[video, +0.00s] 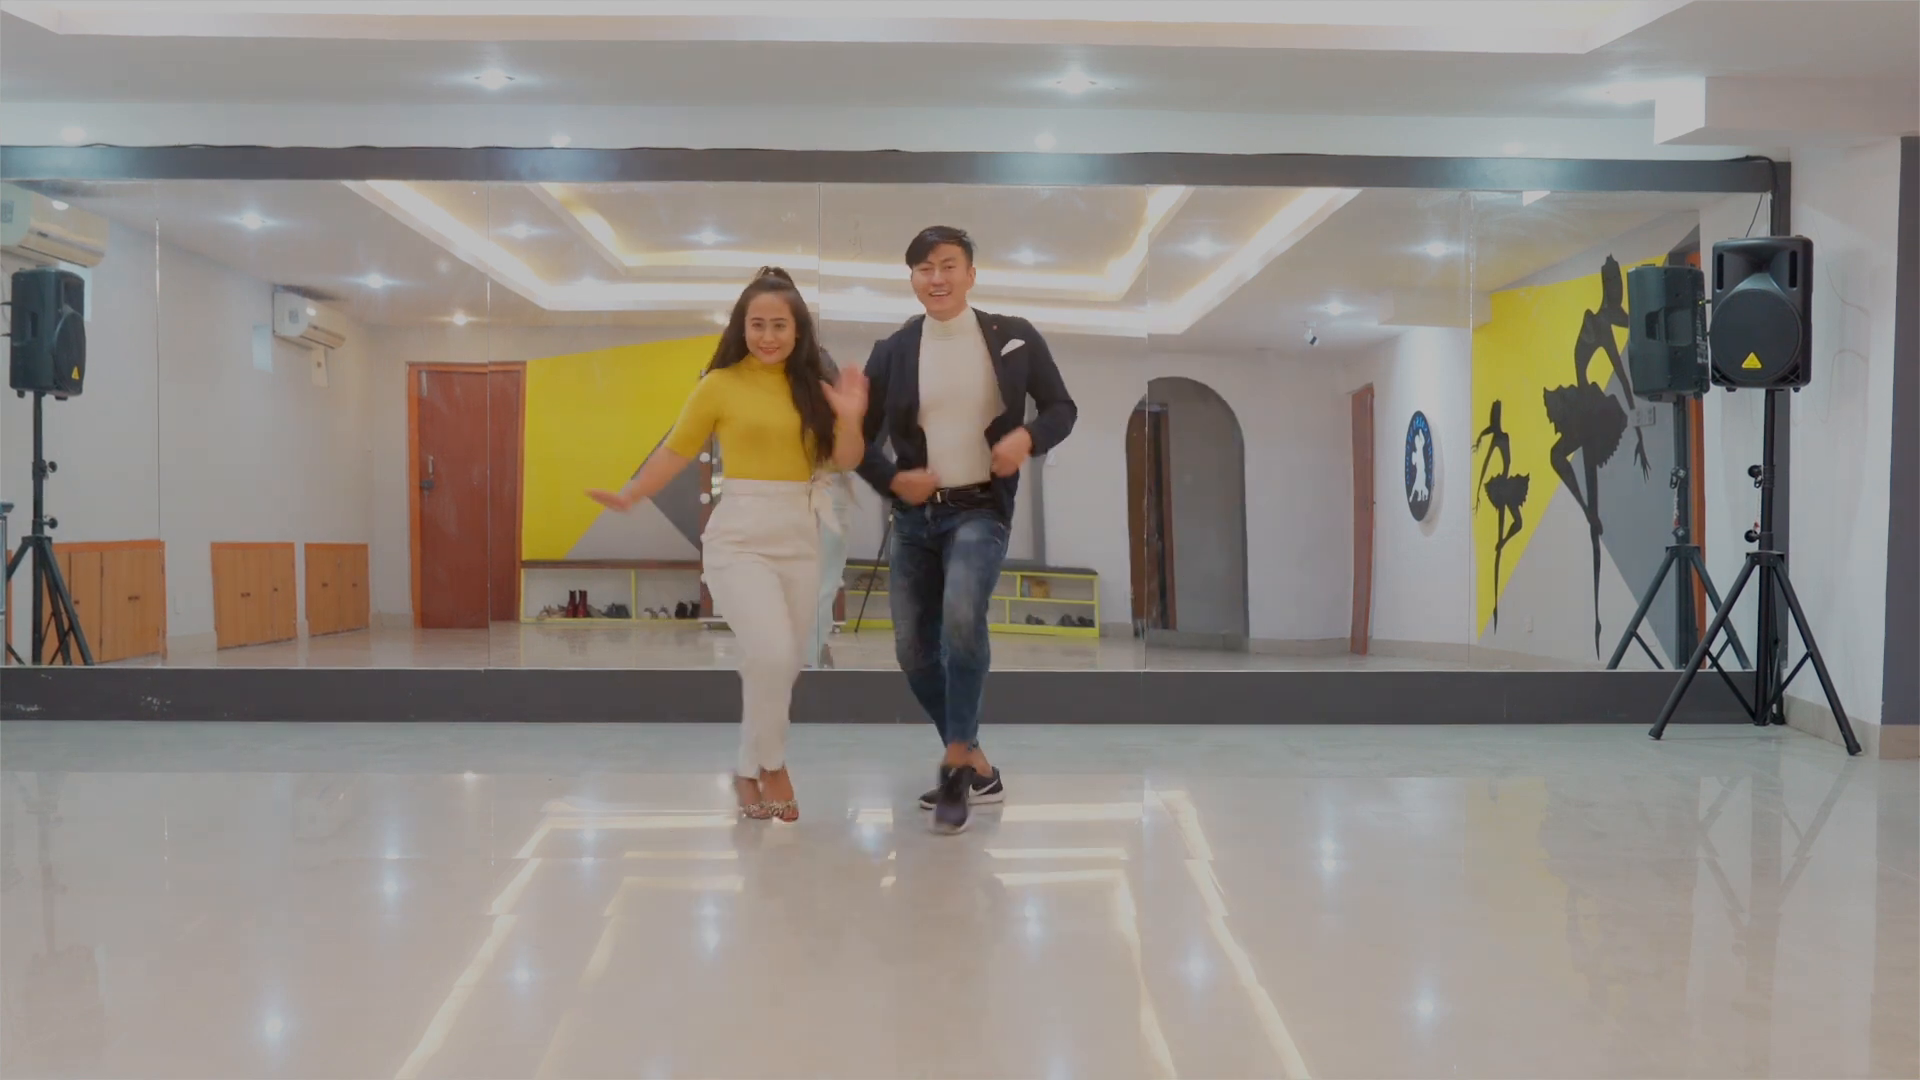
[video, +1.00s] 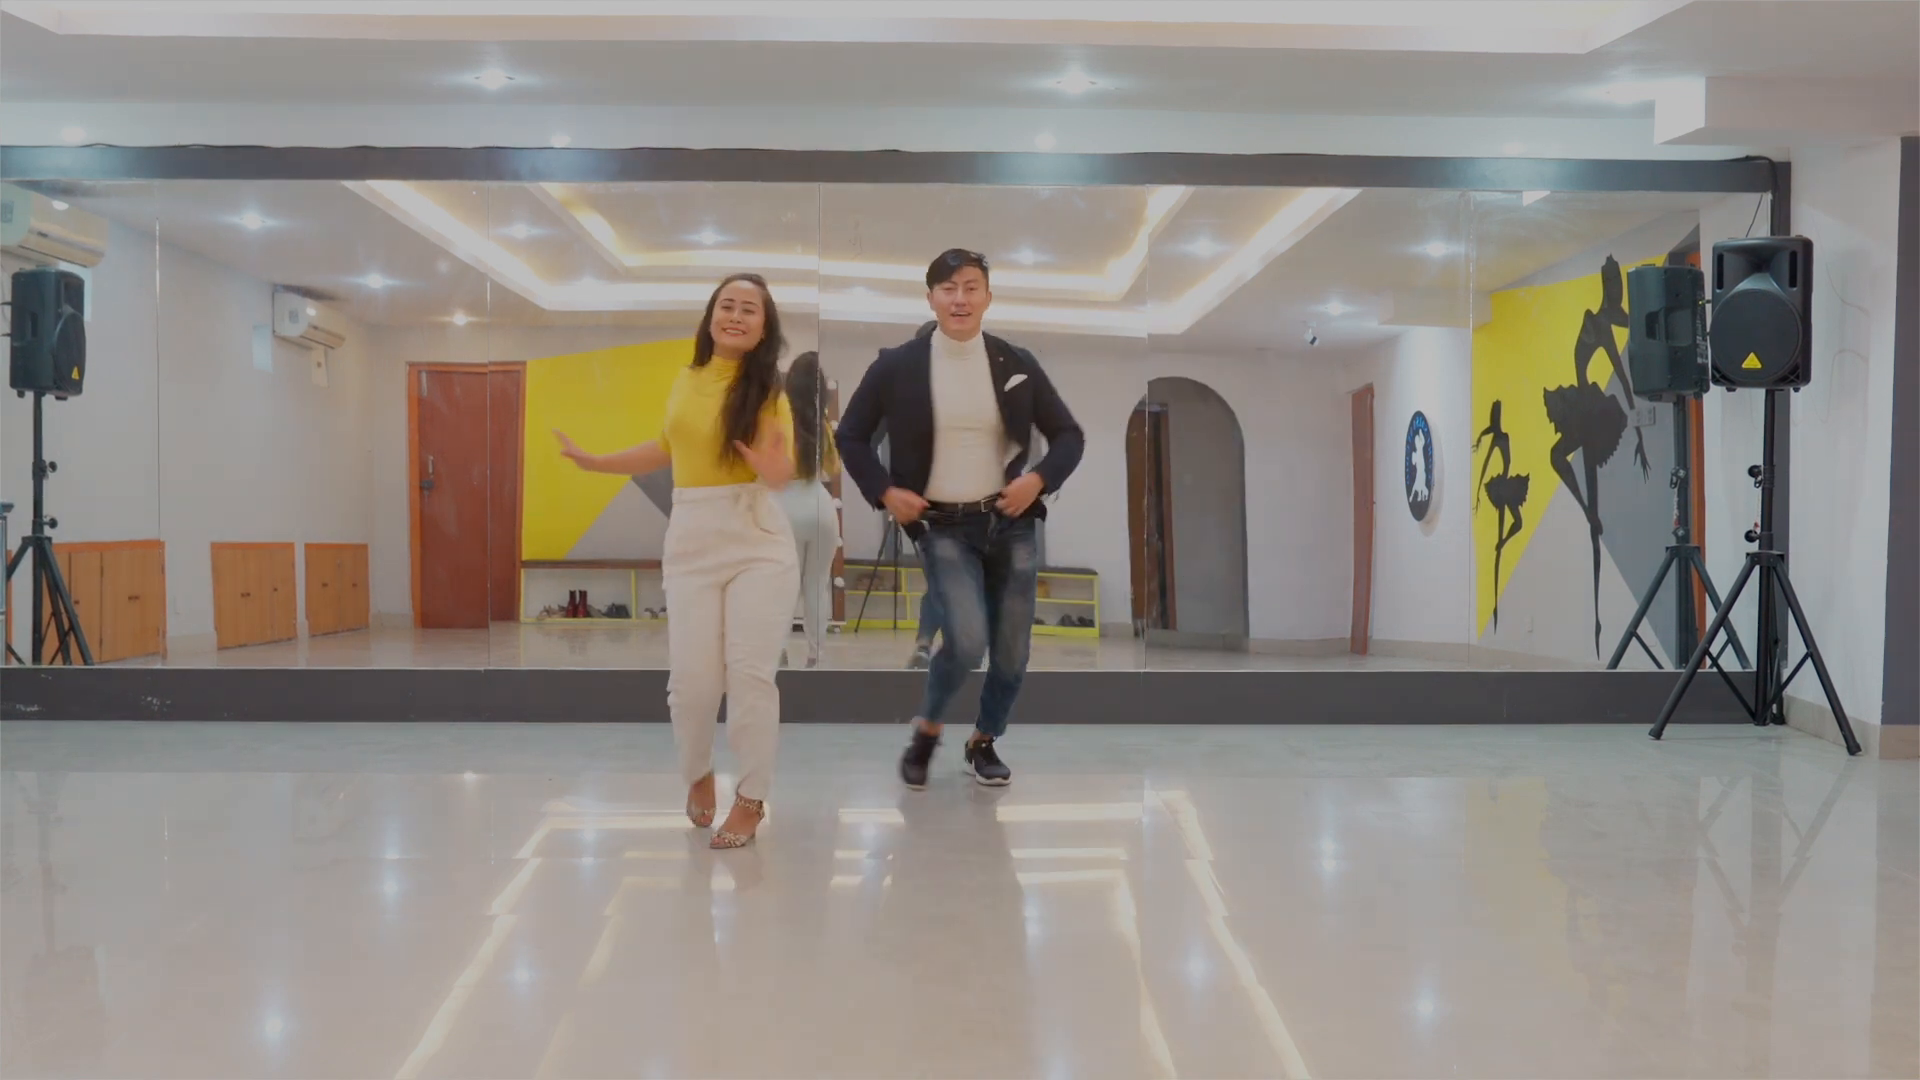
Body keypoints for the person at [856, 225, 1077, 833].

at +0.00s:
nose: (938, 277)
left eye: (949, 266)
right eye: (927, 268)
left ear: (971, 273)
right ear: (912, 278)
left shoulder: (1013, 336)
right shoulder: (890, 352)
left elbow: (1061, 409)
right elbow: (859, 438)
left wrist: (1028, 438)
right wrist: (892, 478)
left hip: (978, 509)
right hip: (912, 514)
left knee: (962, 622)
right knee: (914, 649)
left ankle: (956, 769)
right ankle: (974, 763)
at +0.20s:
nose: (940, 283)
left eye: (952, 272)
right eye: (929, 273)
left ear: (973, 280)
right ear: (913, 283)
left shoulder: (1003, 349)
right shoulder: (879, 353)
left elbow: (1056, 416)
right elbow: (831, 430)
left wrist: (991, 439)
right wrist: (854, 480)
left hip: (994, 518)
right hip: (918, 522)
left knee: (983, 654)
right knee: (915, 668)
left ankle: (946, 780)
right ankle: (961, 746)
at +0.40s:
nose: (936, 287)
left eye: (947, 276)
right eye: (925, 278)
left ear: (968, 284)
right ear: (908, 287)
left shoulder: (1001, 355)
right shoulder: (876, 358)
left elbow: (1059, 430)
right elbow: (832, 430)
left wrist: (1019, 477)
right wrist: (864, 462)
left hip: (993, 524)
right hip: (920, 524)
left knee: (997, 648)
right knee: (933, 652)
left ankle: (977, 772)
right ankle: (926, 763)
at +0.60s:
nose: (948, 288)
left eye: (959, 276)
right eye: (937, 277)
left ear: (979, 284)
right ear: (920, 286)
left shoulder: (1017, 346)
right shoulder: (899, 358)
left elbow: (1062, 401)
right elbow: (860, 437)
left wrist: (1050, 469)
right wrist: (916, 443)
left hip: (982, 518)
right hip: (911, 513)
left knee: (975, 648)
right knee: (900, 639)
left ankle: (989, 734)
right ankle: (926, 760)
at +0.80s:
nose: (962, 292)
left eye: (972, 281)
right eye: (950, 281)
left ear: (990, 290)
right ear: (933, 291)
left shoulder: (1021, 353)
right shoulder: (903, 364)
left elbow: (1077, 411)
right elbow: (866, 449)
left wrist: (1071, 467)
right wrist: (925, 486)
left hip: (1007, 519)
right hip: (933, 524)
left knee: (997, 649)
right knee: (928, 647)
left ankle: (986, 744)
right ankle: (948, 770)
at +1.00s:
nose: (961, 298)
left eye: (972, 287)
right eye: (949, 288)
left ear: (988, 296)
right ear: (931, 297)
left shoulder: (1015, 363)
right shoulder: (896, 367)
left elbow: (1070, 437)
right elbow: (851, 437)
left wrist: (1039, 479)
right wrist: (885, 491)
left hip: (1011, 522)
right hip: (942, 524)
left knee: (1012, 653)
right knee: (967, 643)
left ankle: (984, 742)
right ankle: (928, 729)